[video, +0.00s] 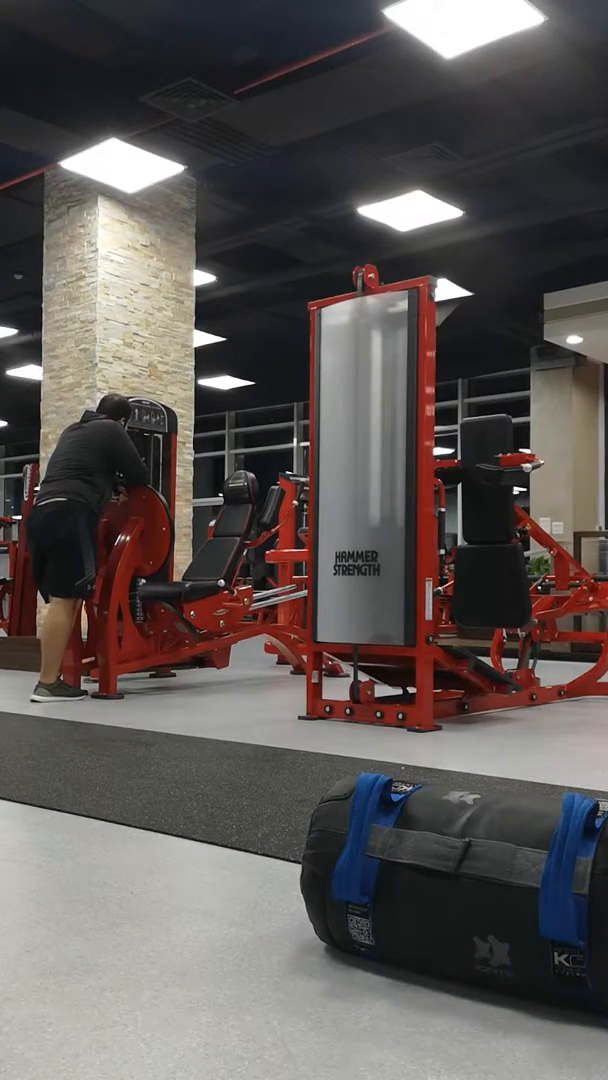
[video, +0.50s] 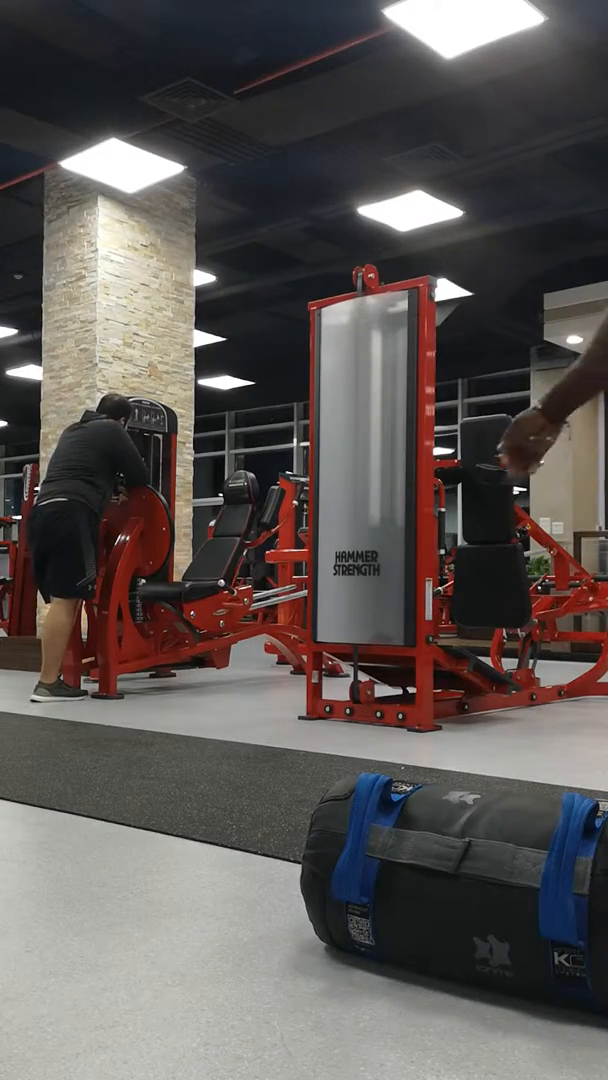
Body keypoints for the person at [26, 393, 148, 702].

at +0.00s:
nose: (126, 427)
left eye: (126, 424)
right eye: (127, 423)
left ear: (99, 414)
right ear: (122, 420)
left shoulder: (71, 431)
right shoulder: (113, 431)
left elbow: (75, 469)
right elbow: (141, 478)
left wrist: (109, 486)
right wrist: (114, 474)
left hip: (40, 512)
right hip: (66, 511)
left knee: (63, 600)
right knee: (62, 600)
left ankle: (51, 678)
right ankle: (48, 682)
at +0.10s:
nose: (126, 427)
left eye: (126, 424)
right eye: (127, 423)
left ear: (99, 414)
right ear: (122, 420)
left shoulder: (71, 431)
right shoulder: (113, 430)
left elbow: (75, 469)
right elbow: (141, 478)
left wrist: (109, 486)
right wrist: (114, 474)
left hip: (40, 512)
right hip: (67, 511)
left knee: (62, 600)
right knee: (62, 600)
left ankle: (51, 678)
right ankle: (48, 682)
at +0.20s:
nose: (126, 427)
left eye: (126, 424)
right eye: (127, 423)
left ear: (99, 414)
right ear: (122, 420)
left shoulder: (71, 431)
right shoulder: (113, 431)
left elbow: (75, 469)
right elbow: (141, 478)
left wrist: (109, 486)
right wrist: (114, 474)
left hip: (40, 512)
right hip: (67, 510)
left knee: (62, 600)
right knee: (63, 600)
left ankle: (51, 678)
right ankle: (48, 682)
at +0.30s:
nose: (126, 427)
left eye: (126, 423)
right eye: (127, 423)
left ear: (99, 414)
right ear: (122, 419)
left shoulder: (71, 431)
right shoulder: (113, 431)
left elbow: (76, 470)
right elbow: (140, 478)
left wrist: (110, 487)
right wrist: (114, 476)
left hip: (42, 511)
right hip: (68, 510)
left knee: (61, 600)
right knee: (64, 600)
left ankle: (50, 678)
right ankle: (48, 682)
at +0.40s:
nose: (126, 427)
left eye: (126, 423)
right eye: (127, 423)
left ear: (99, 414)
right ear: (122, 419)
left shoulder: (71, 431)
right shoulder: (113, 431)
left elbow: (76, 469)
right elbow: (140, 478)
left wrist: (110, 486)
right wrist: (114, 476)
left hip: (42, 511)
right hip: (68, 510)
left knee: (61, 600)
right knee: (64, 600)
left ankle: (50, 678)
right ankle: (48, 682)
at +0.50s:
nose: (126, 427)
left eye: (126, 423)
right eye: (127, 423)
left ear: (99, 414)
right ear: (122, 419)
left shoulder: (71, 431)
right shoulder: (114, 431)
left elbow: (76, 470)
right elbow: (140, 478)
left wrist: (110, 486)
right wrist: (114, 477)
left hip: (42, 511)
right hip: (68, 510)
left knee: (60, 600)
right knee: (64, 600)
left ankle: (50, 678)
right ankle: (48, 682)